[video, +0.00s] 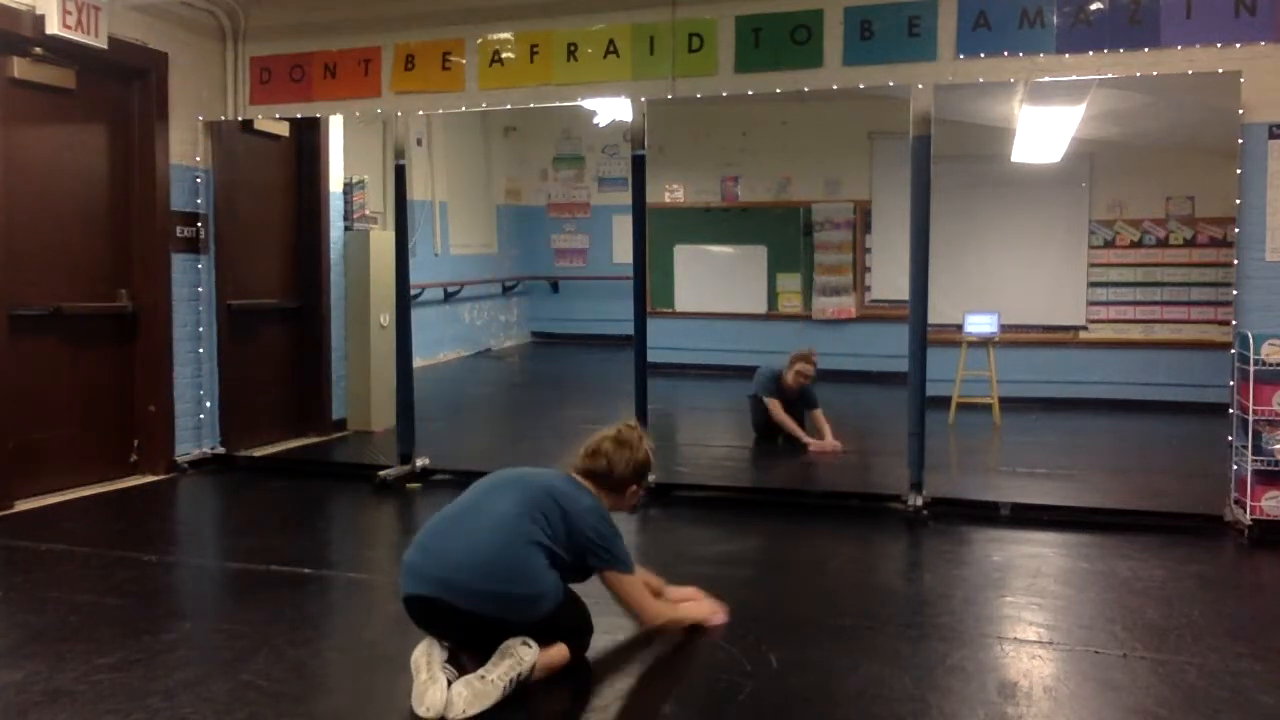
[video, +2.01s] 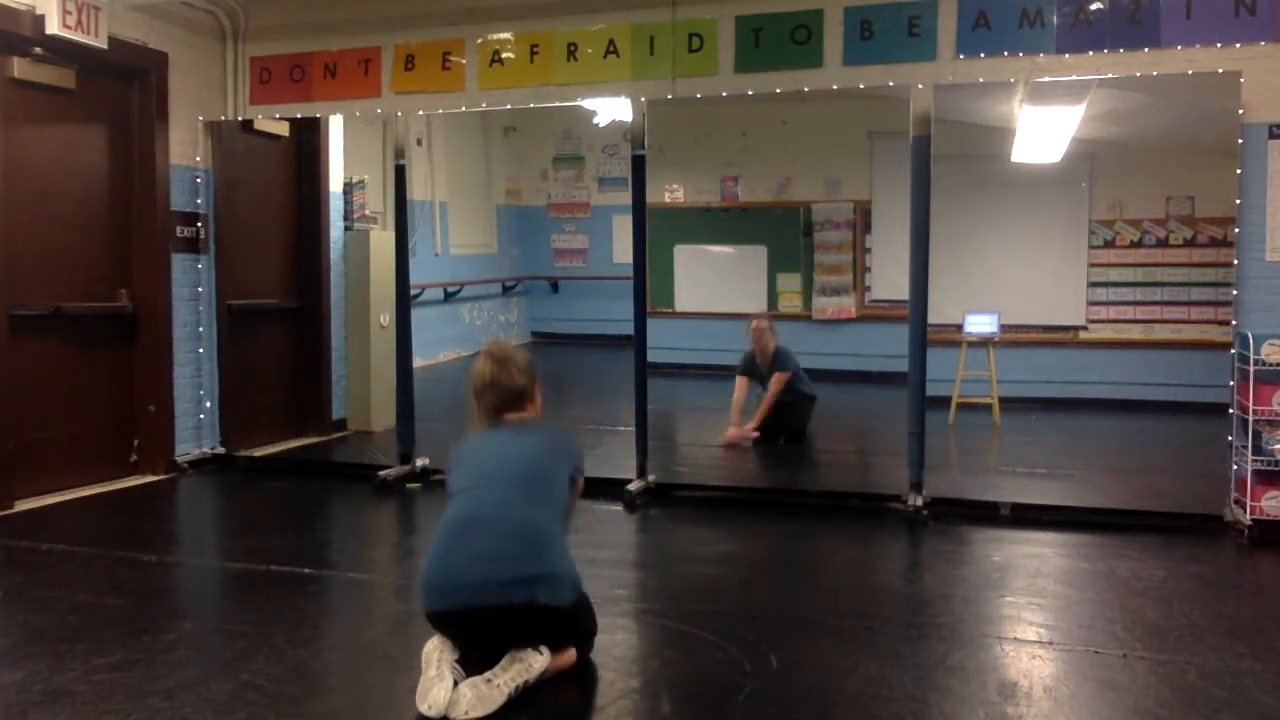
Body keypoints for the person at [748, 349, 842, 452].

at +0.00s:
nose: (802, 381)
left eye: (807, 378)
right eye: (799, 374)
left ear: (811, 379)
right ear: (790, 368)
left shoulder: (806, 390)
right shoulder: (766, 378)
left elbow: (818, 416)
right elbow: (777, 413)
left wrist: (829, 439)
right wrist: (807, 440)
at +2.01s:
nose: (758, 336)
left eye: (763, 332)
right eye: (755, 332)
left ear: (771, 335)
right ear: (750, 335)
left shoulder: (783, 357)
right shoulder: (748, 359)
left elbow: (772, 394)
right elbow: (739, 393)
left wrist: (753, 424)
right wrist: (734, 426)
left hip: (801, 398)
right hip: (776, 397)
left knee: (794, 439)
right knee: (763, 439)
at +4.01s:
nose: (751, 335)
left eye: (753, 329)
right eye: (746, 333)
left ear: (762, 327)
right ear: (744, 338)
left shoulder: (790, 352)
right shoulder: (752, 361)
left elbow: (811, 379)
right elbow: (748, 390)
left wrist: (786, 404)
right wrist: (754, 404)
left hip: (795, 406)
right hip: (768, 408)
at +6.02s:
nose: (800, 394)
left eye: (804, 391)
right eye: (799, 389)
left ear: (810, 387)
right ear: (792, 379)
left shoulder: (807, 385)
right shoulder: (769, 380)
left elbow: (814, 414)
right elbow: (782, 413)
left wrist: (823, 440)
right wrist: (802, 440)